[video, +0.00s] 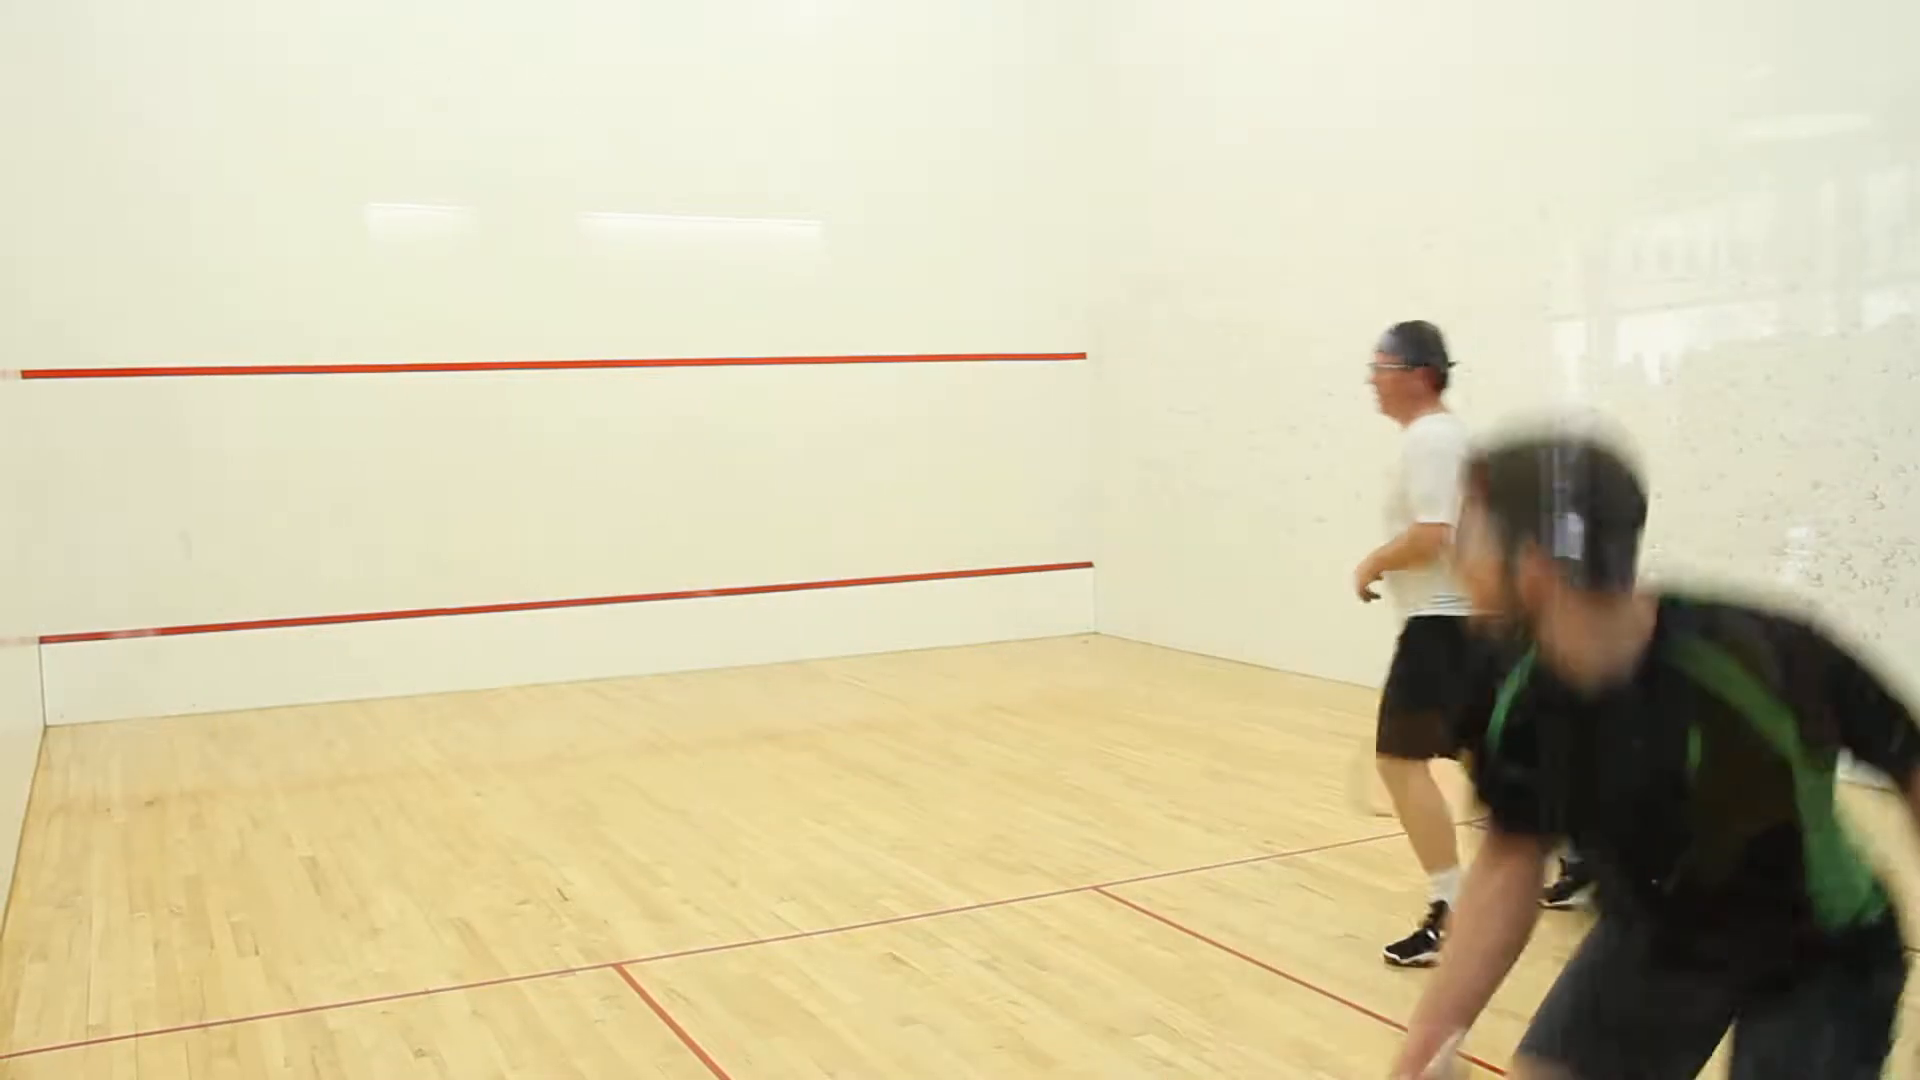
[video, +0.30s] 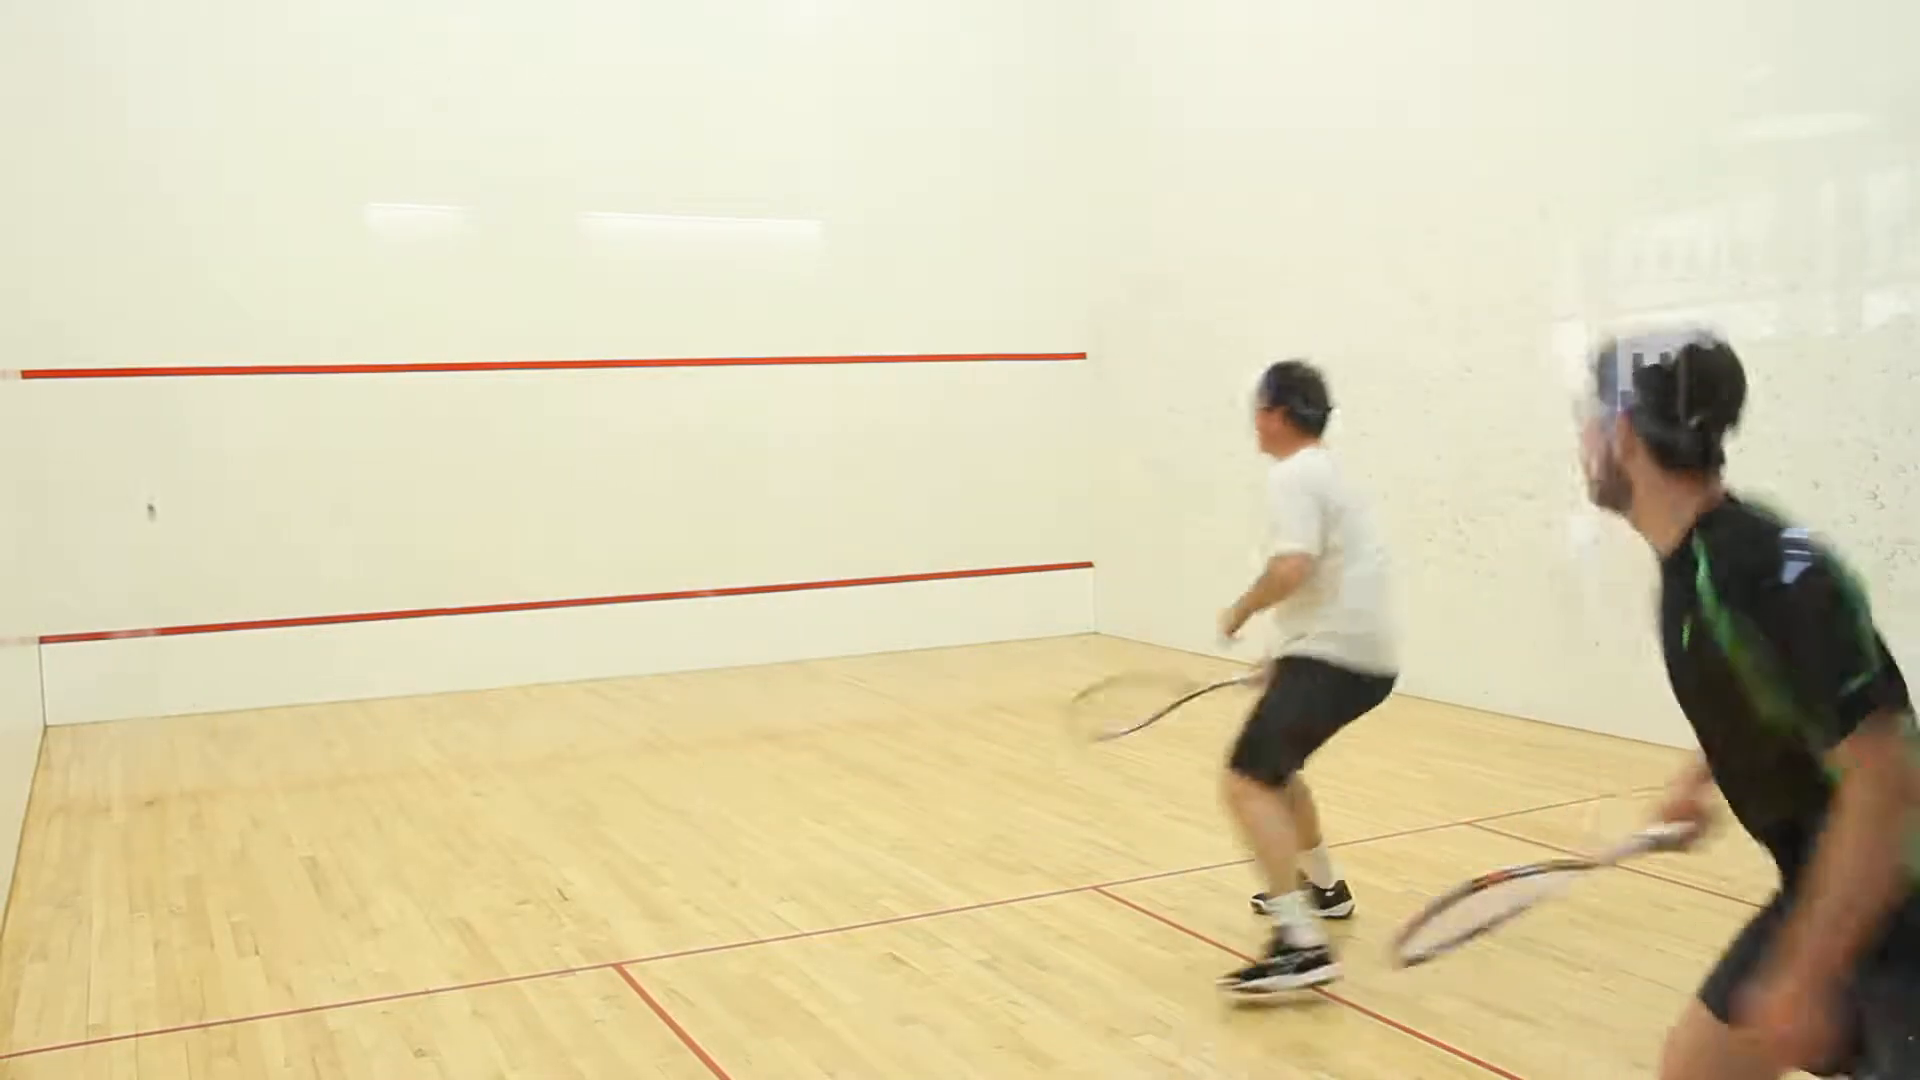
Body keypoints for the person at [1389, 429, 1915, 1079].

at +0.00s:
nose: (1459, 558)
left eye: (1473, 536)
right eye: (1465, 535)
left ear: (1536, 567)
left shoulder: (1760, 660)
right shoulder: (1528, 706)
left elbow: (1911, 765)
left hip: (1819, 946)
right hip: (1660, 935)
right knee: (1544, 1067)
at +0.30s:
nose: (1584, 444)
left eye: (1593, 421)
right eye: (1588, 421)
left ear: (1626, 436)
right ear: (1694, 431)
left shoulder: (1766, 568)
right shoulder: (1692, 569)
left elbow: (1883, 773)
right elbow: (1778, 696)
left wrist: (1807, 974)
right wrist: (1703, 774)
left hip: (1890, 892)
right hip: (1824, 879)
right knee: (1698, 1059)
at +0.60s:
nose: (1517, 412)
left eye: (1525, 392)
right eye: (1519, 393)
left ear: (1564, 399)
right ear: (1610, 394)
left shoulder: (1565, 498)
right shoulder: (1717, 476)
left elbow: (1587, 644)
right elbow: (1842, 593)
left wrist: (1561, 795)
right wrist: (1779, 691)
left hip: (1724, 793)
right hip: (1821, 761)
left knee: (1701, 1032)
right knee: (1776, 970)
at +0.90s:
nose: (1351, 402)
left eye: (1363, 386)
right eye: (1354, 385)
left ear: (1412, 395)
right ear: (1428, 398)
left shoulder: (1412, 469)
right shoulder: (1528, 459)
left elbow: (1467, 563)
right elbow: (1618, 564)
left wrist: (1454, 707)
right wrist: (1548, 647)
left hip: (1496, 734)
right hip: (1592, 723)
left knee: (1422, 885)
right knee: (1642, 920)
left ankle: (1385, 1035)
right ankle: (1771, 1068)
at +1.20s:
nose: (1225, 373)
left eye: (1237, 360)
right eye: (1229, 359)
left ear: (1278, 371)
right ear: (1296, 372)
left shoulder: (1275, 451)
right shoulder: (1392, 434)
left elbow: (1295, 564)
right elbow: (1454, 538)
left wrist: (1238, 664)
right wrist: (1384, 586)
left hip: (1351, 682)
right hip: (1439, 670)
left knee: (1271, 803)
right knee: (1420, 814)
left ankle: (1322, 978)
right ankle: (1521, 973)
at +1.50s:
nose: (1214, 456)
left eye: (1218, 445)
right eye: (1219, 443)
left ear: (1230, 454)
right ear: (1281, 453)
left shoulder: (1237, 533)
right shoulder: (1342, 521)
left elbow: (1223, 648)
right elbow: (1393, 631)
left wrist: (1162, 703)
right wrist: (1323, 654)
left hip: (1298, 738)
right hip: (1381, 729)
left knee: (1174, 837)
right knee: (1325, 794)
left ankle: (1150, 1009)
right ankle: (1364, 921)